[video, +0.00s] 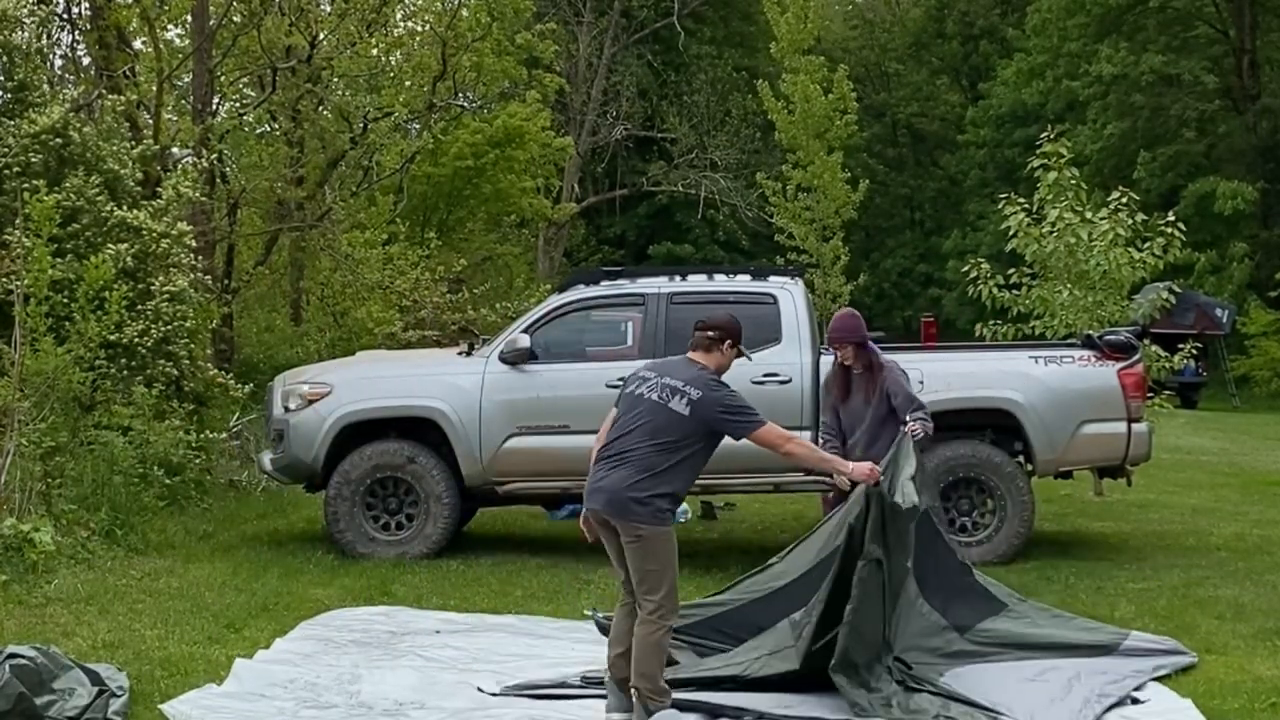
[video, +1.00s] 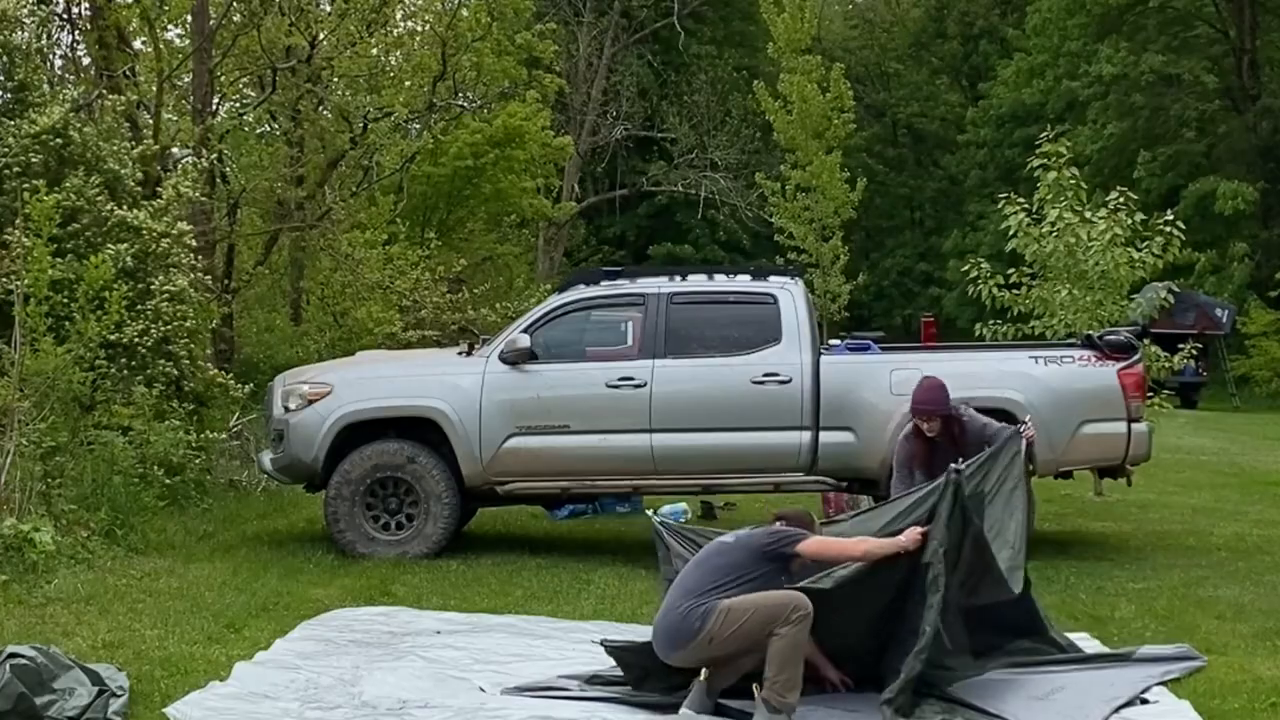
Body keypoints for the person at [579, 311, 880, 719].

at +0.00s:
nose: (733, 362)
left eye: (735, 355)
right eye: (734, 354)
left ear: (693, 343)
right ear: (725, 348)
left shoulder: (645, 372)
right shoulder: (714, 393)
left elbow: (601, 440)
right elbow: (785, 444)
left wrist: (590, 502)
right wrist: (846, 467)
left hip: (599, 496)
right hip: (642, 504)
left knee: (632, 596)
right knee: (657, 606)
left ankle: (619, 694)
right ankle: (651, 706)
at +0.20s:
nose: (812, 407)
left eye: (813, 401)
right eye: (813, 401)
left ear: (772, 390)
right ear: (804, 396)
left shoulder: (733, 413)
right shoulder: (791, 425)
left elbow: (730, 502)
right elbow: (854, 480)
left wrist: (766, 571)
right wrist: (902, 483)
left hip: (669, 518)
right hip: (719, 522)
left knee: (694, 602)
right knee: (770, 613)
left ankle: (652, 697)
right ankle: (770, 711)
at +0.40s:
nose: (833, 413)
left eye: (830, 410)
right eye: (832, 409)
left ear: (786, 406)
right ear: (824, 408)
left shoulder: (750, 428)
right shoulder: (816, 438)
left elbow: (733, 497)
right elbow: (880, 485)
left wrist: (787, 540)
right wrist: (941, 499)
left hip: (690, 519)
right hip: (741, 523)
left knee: (706, 605)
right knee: (784, 616)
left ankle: (680, 699)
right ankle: (772, 709)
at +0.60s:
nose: (821, 456)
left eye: (820, 450)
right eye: (821, 451)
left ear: (782, 443)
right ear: (816, 448)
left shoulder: (746, 458)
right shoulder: (811, 465)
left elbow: (748, 519)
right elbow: (889, 485)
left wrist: (806, 547)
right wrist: (953, 487)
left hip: (679, 538)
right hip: (735, 542)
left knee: (709, 609)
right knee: (786, 619)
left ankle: (690, 699)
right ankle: (770, 707)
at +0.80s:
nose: (832, 511)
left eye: (829, 507)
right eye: (825, 505)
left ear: (781, 500)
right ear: (802, 504)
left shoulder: (751, 519)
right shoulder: (790, 516)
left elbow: (769, 597)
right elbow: (867, 525)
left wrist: (805, 653)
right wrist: (924, 519)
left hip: (671, 608)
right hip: (703, 607)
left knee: (747, 617)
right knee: (809, 619)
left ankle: (697, 694)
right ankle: (774, 709)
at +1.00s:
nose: (807, 565)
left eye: (808, 560)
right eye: (807, 556)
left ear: (776, 530)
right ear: (794, 538)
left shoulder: (752, 558)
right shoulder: (772, 537)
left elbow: (782, 624)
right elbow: (856, 549)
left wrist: (824, 668)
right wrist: (901, 542)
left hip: (673, 640)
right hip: (690, 628)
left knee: (770, 636)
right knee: (795, 608)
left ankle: (700, 700)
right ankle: (774, 710)